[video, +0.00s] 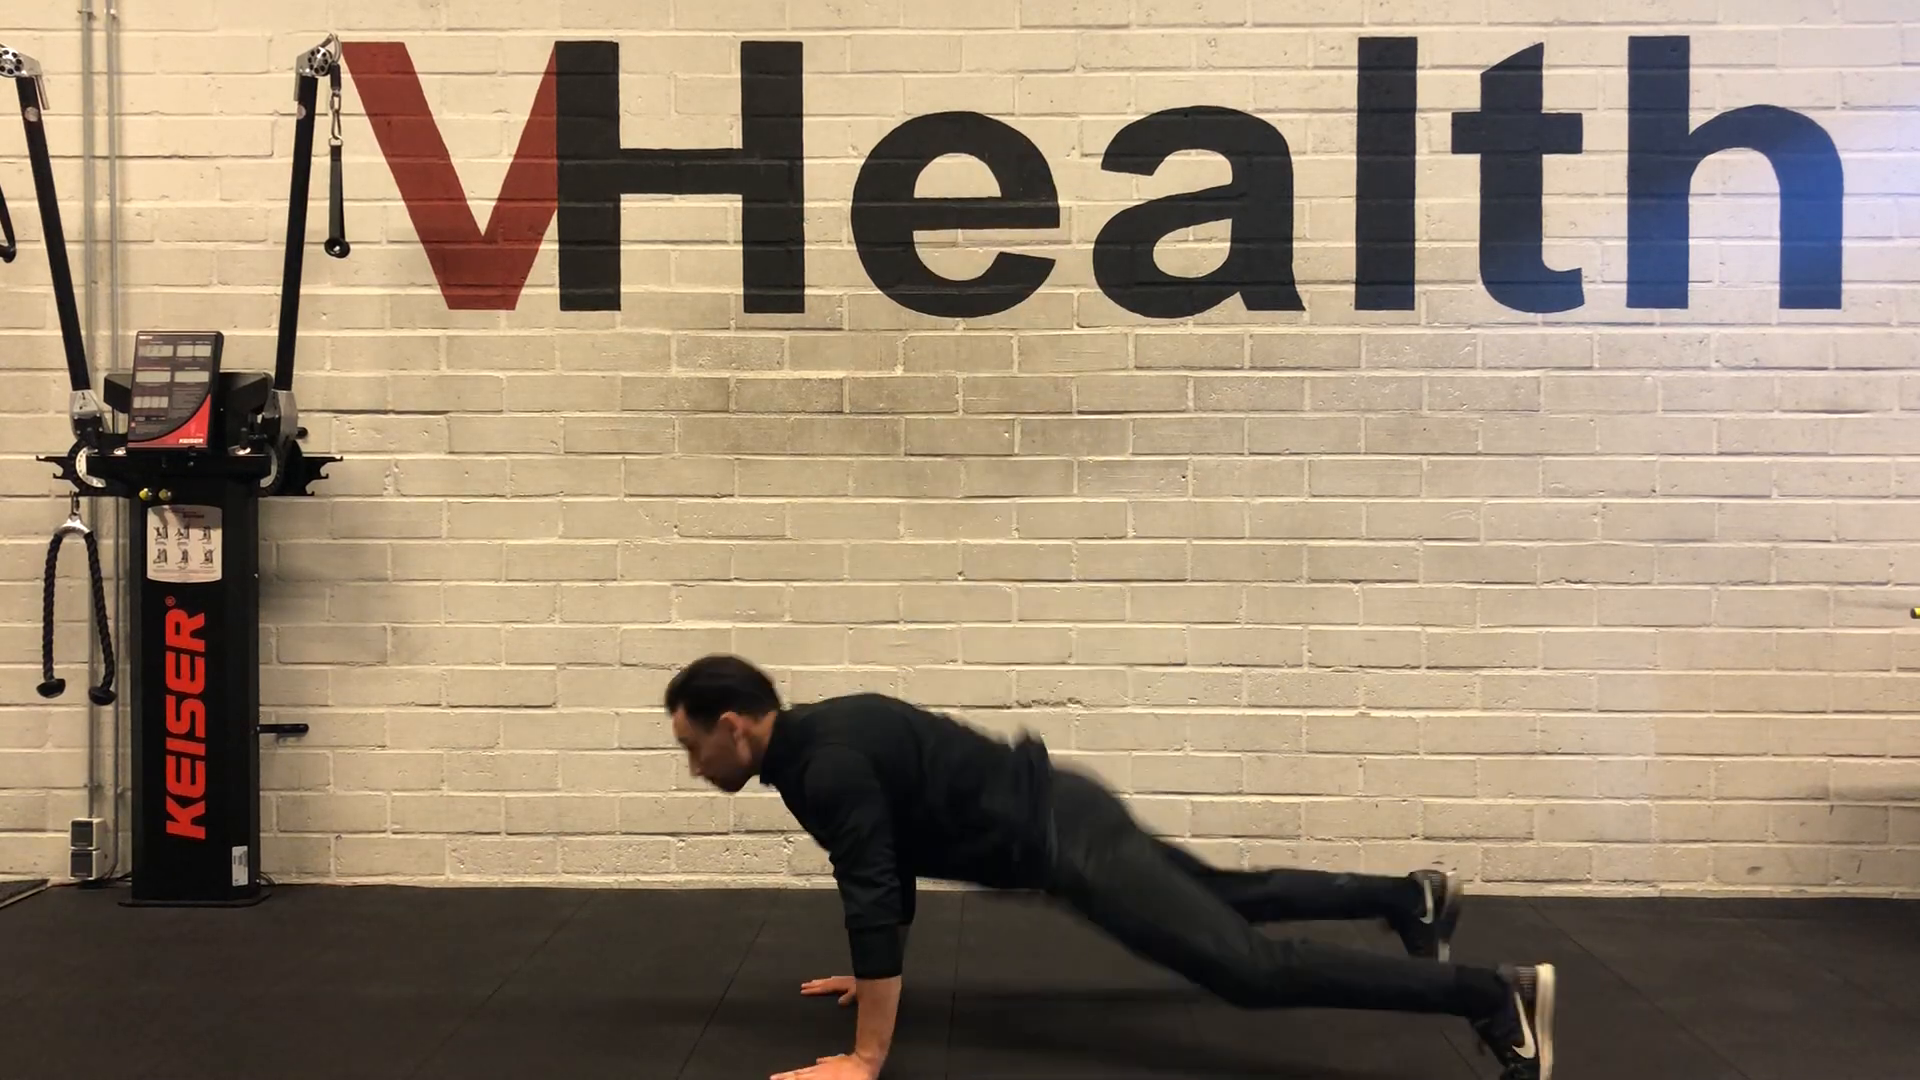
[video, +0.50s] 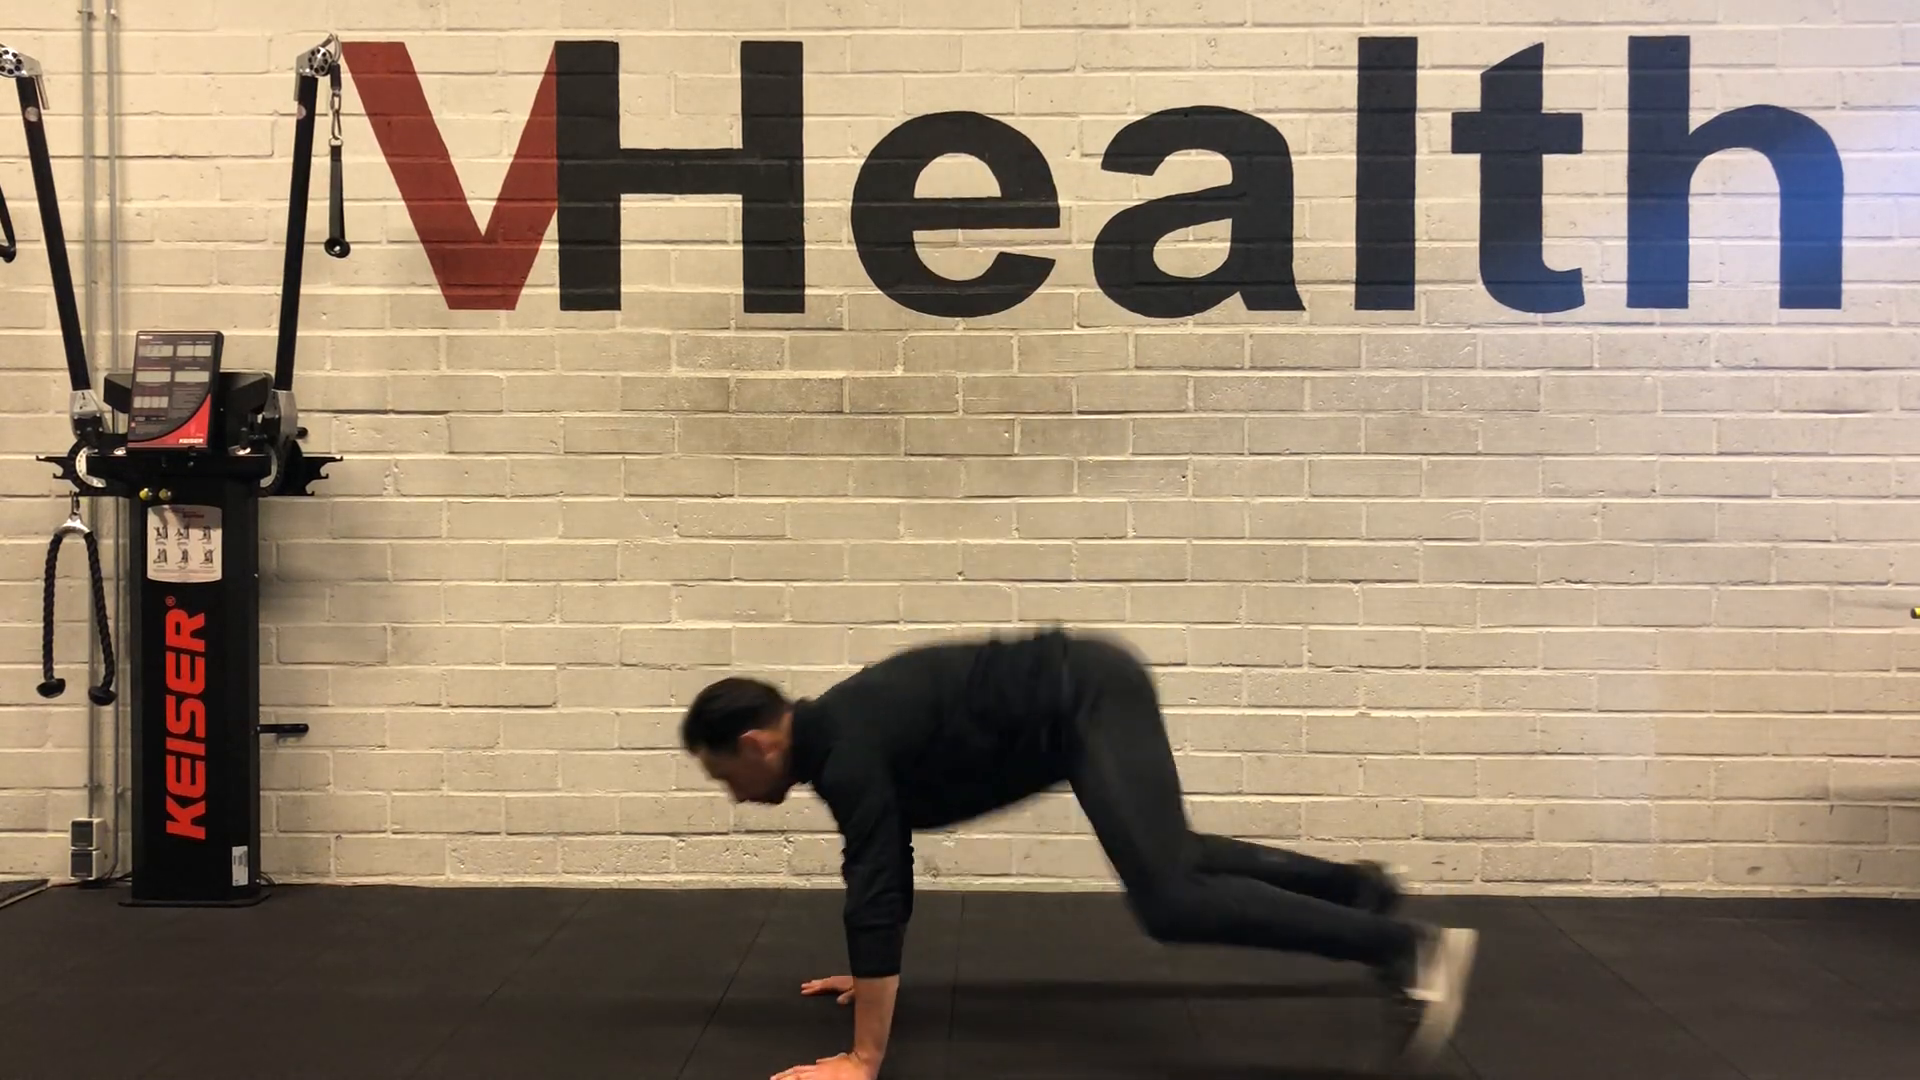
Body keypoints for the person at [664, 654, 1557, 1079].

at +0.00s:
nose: (691, 762)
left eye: (694, 744)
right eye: (686, 747)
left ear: (737, 724)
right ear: (742, 714)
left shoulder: (826, 760)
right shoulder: (812, 745)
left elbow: (878, 902)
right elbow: (872, 877)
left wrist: (867, 1052)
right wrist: (868, 978)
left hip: (1061, 833)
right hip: (1054, 813)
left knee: (1252, 970)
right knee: (1220, 900)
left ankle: (1487, 995)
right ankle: (1407, 897)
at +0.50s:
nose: (724, 790)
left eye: (722, 773)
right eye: (716, 776)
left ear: (758, 742)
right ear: (763, 731)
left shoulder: (849, 752)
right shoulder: (837, 732)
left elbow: (880, 896)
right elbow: (873, 866)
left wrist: (864, 1057)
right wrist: (866, 966)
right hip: (1083, 697)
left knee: (1165, 904)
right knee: (1171, 864)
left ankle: (1409, 948)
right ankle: (1364, 891)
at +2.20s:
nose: (791, 521)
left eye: (794, 502)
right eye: (784, 506)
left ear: (839, 480)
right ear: (841, 482)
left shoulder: (922, 548)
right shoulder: (908, 533)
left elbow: (913, 710)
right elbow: (911, 703)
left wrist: (891, 851)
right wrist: (891, 833)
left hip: (1130, 668)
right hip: (1084, 658)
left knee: (996, 812)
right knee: (969, 772)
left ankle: (1082, 1034)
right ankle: (1048, 959)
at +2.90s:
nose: (737, 744)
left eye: (743, 727)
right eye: (734, 728)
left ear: (795, 717)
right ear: (799, 708)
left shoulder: (877, 778)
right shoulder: (867, 753)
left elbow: (910, 924)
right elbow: (914, 889)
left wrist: (870, 1056)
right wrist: (886, 975)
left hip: (1059, 941)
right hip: (1056, 904)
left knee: (1259, 1037)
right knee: (1225, 968)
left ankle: (1498, 1004)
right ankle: (1406, 909)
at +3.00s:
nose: (742, 748)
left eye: (746, 730)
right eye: (738, 732)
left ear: (795, 718)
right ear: (804, 709)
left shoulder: (883, 778)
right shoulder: (875, 753)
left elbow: (916, 925)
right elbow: (920, 891)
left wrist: (869, 1058)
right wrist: (887, 975)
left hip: (1061, 939)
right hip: (1062, 904)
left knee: (1267, 1044)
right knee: (1226, 965)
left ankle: (1496, 1011)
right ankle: (1415, 911)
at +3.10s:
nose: (724, 771)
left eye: (724, 751)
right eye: (717, 755)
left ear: (766, 726)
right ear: (772, 715)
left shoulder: (861, 762)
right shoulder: (850, 747)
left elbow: (897, 908)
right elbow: (899, 884)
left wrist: (872, 1053)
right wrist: (875, 977)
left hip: (1081, 888)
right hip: (1072, 865)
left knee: (1263, 999)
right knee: (1231, 926)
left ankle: (1512, 1009)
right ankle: (1425, 908)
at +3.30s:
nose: (754, 773)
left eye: (751, 755)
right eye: (745, 760)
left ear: (786, 721)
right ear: (788, 713)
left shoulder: (870, 743)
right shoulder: (857, 725)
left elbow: (880, 899)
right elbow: (880, 870)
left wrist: (863, 1056)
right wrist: (867, 972)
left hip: (1115, 672)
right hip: (1092, 683)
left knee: (1118, 893)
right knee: (1124, 839)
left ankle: (1347, 953)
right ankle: (1302, 890)